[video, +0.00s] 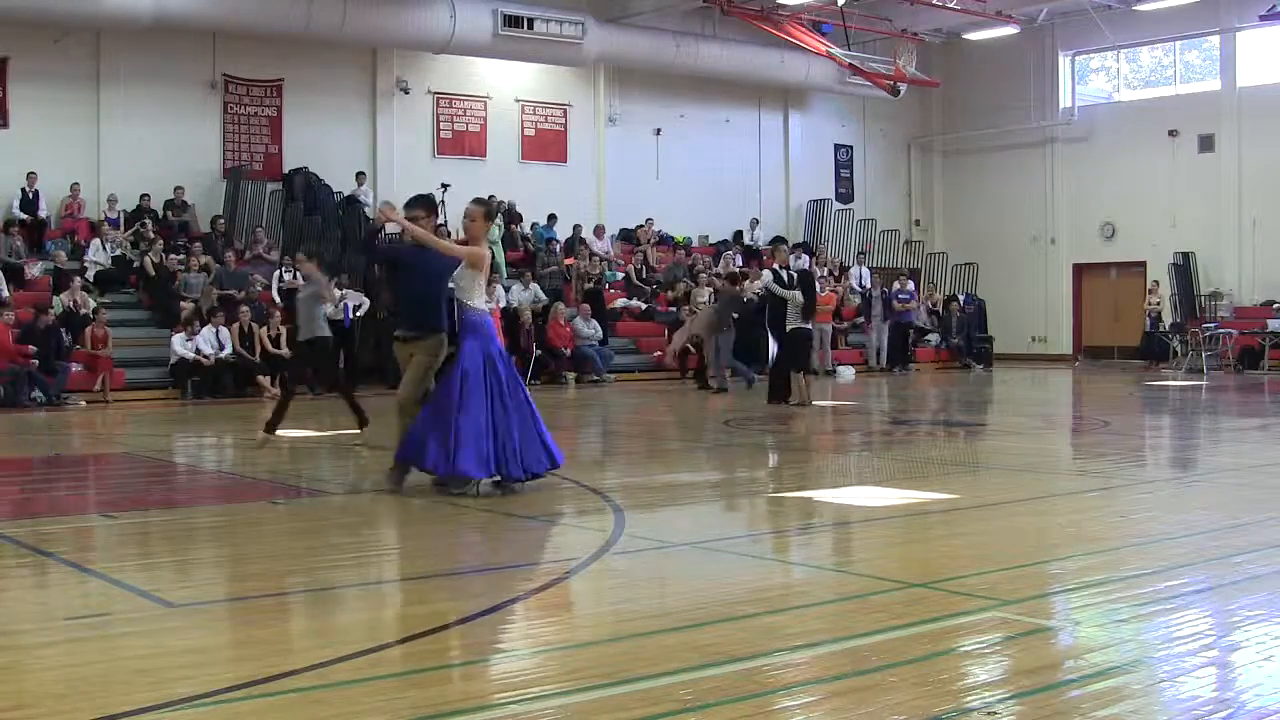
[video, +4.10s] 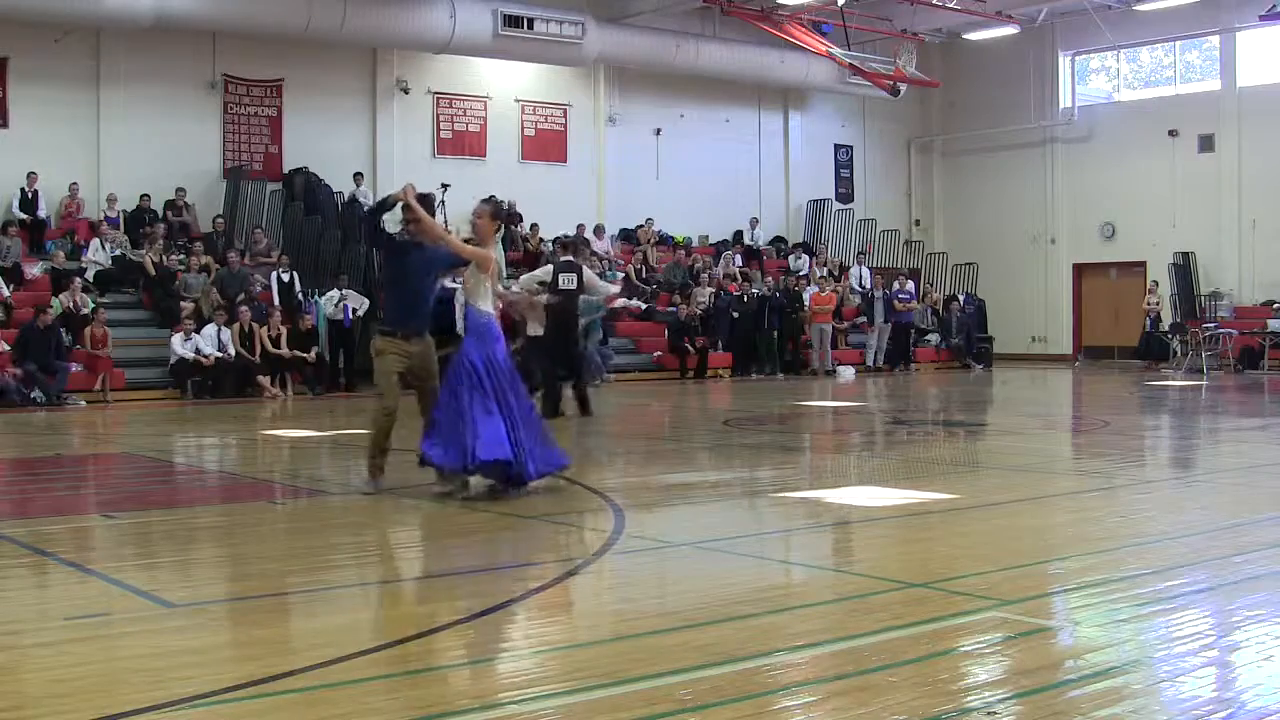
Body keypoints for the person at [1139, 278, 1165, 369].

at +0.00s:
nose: (1153, 287)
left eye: (1154, 286)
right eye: (1152, 286)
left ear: (1158, 287)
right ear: (1151, 287)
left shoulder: (1160, 296)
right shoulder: (1148, 296)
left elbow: (1161, 308)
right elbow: (1145, 306)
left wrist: (1150, 309)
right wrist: (1156, 307)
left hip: (1157, 318)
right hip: (1149, 318)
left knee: (1156, 338)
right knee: (1149, 337)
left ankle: (1156, 360)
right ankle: (1150, 360)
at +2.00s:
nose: (1151, 288)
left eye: (1153, 286)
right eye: (1150, 286)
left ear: (1157, 287)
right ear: (1149, 287)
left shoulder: (1159, 296)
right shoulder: (1147, 296)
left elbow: (1160, 308)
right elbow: (1143, 306)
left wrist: (1149, 308)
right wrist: (1153, 307)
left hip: (1156, 318)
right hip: (1148, 318)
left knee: (1156, 338)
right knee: (1148, 337)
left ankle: (1156, 361)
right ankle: (1149, 360)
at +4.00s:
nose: (1151, 288)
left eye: (1153, 286)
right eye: (1150, 286)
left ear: (1157, 287)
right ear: (1149, 287)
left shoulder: (1160, 296)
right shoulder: (1147, 297)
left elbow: (1160, 308)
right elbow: (1144, 306)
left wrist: (1149, 308)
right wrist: (1154, 307)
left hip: (1156, 318)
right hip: (1149, 317)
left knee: (1156, 338)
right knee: (1148, 337)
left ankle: (1155, 361)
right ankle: (1148, 360)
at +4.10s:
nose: (1151, 288)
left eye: (1153, 286)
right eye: (1150, 286)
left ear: (1157, 287)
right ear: (1149, 287)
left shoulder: (1160, 296)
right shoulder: (1147, 297)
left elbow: (1160, 308)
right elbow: (1144, 306)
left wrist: (1149, 308)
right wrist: (1154, 307)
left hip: (1156, 318)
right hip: (1149, 318)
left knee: (1156, 338)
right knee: (1148, 337)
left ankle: (1155, 361)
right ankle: (1148, 360)